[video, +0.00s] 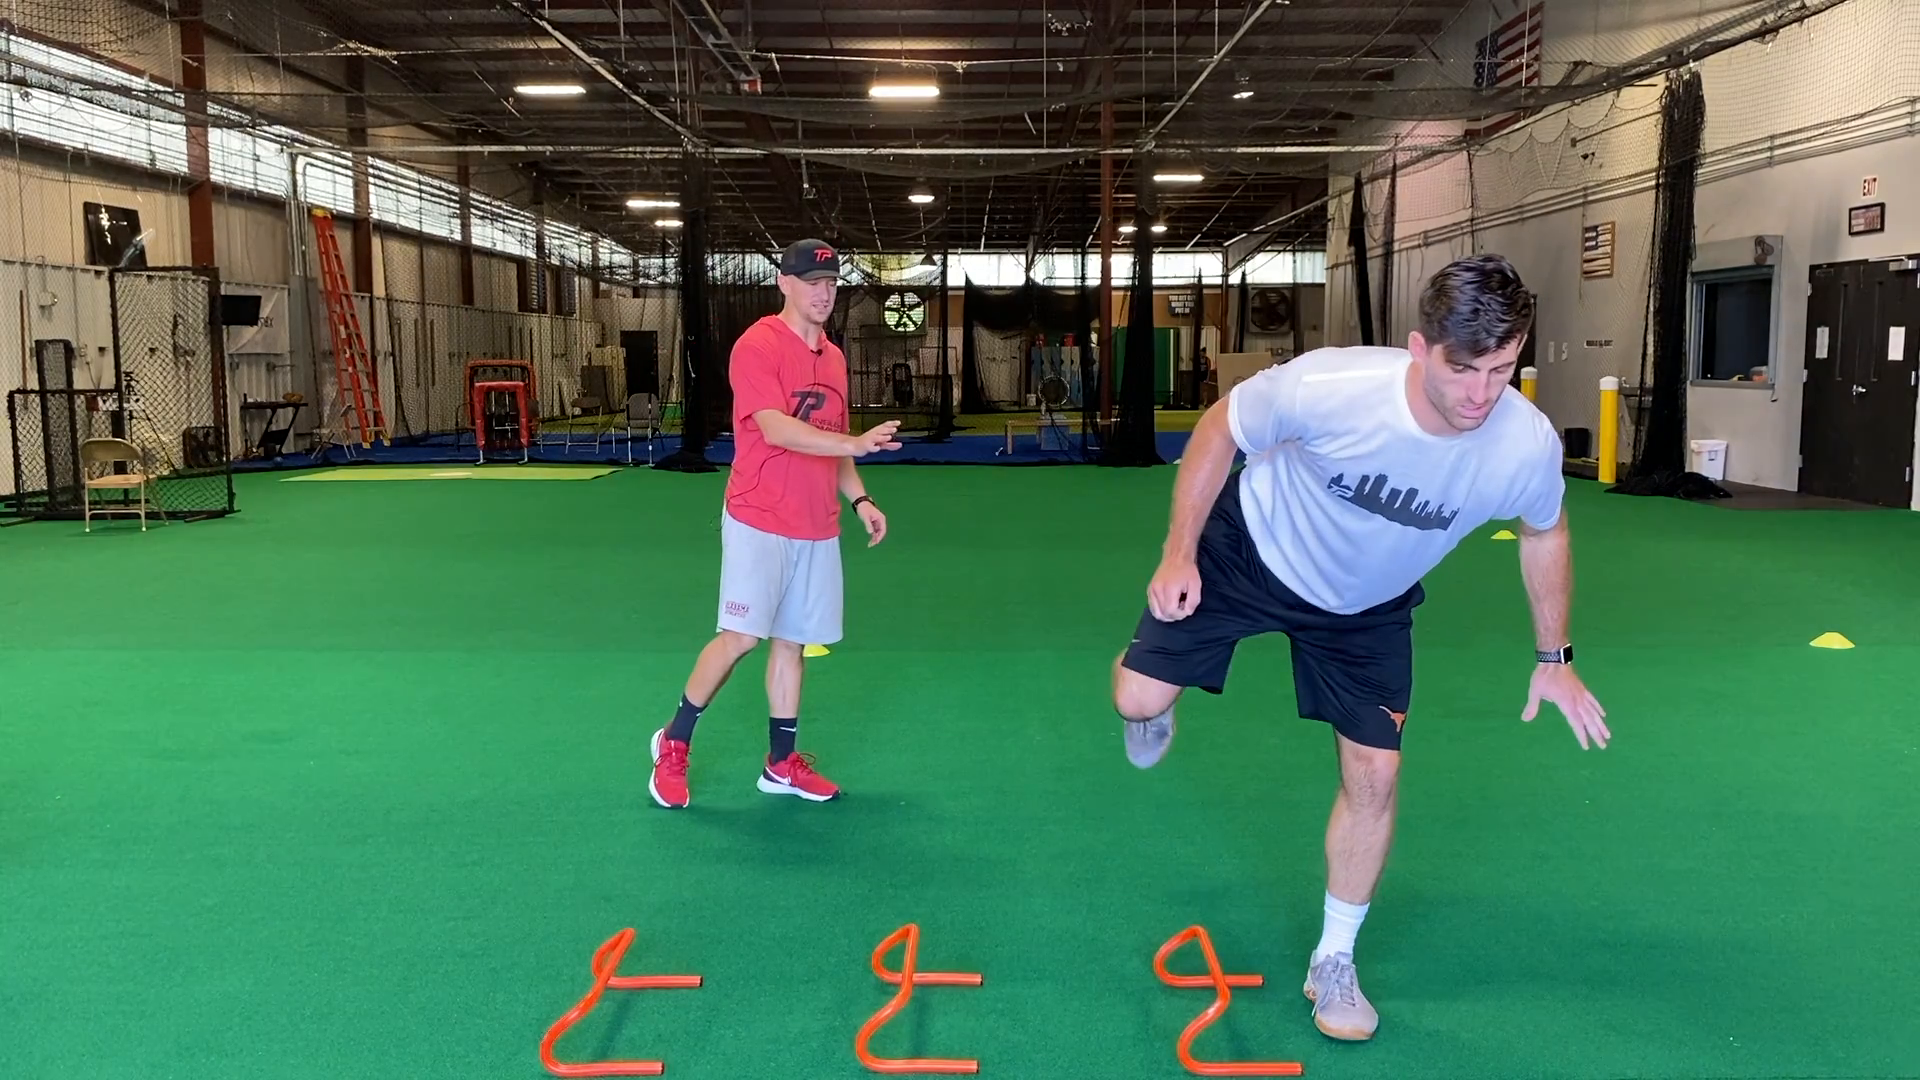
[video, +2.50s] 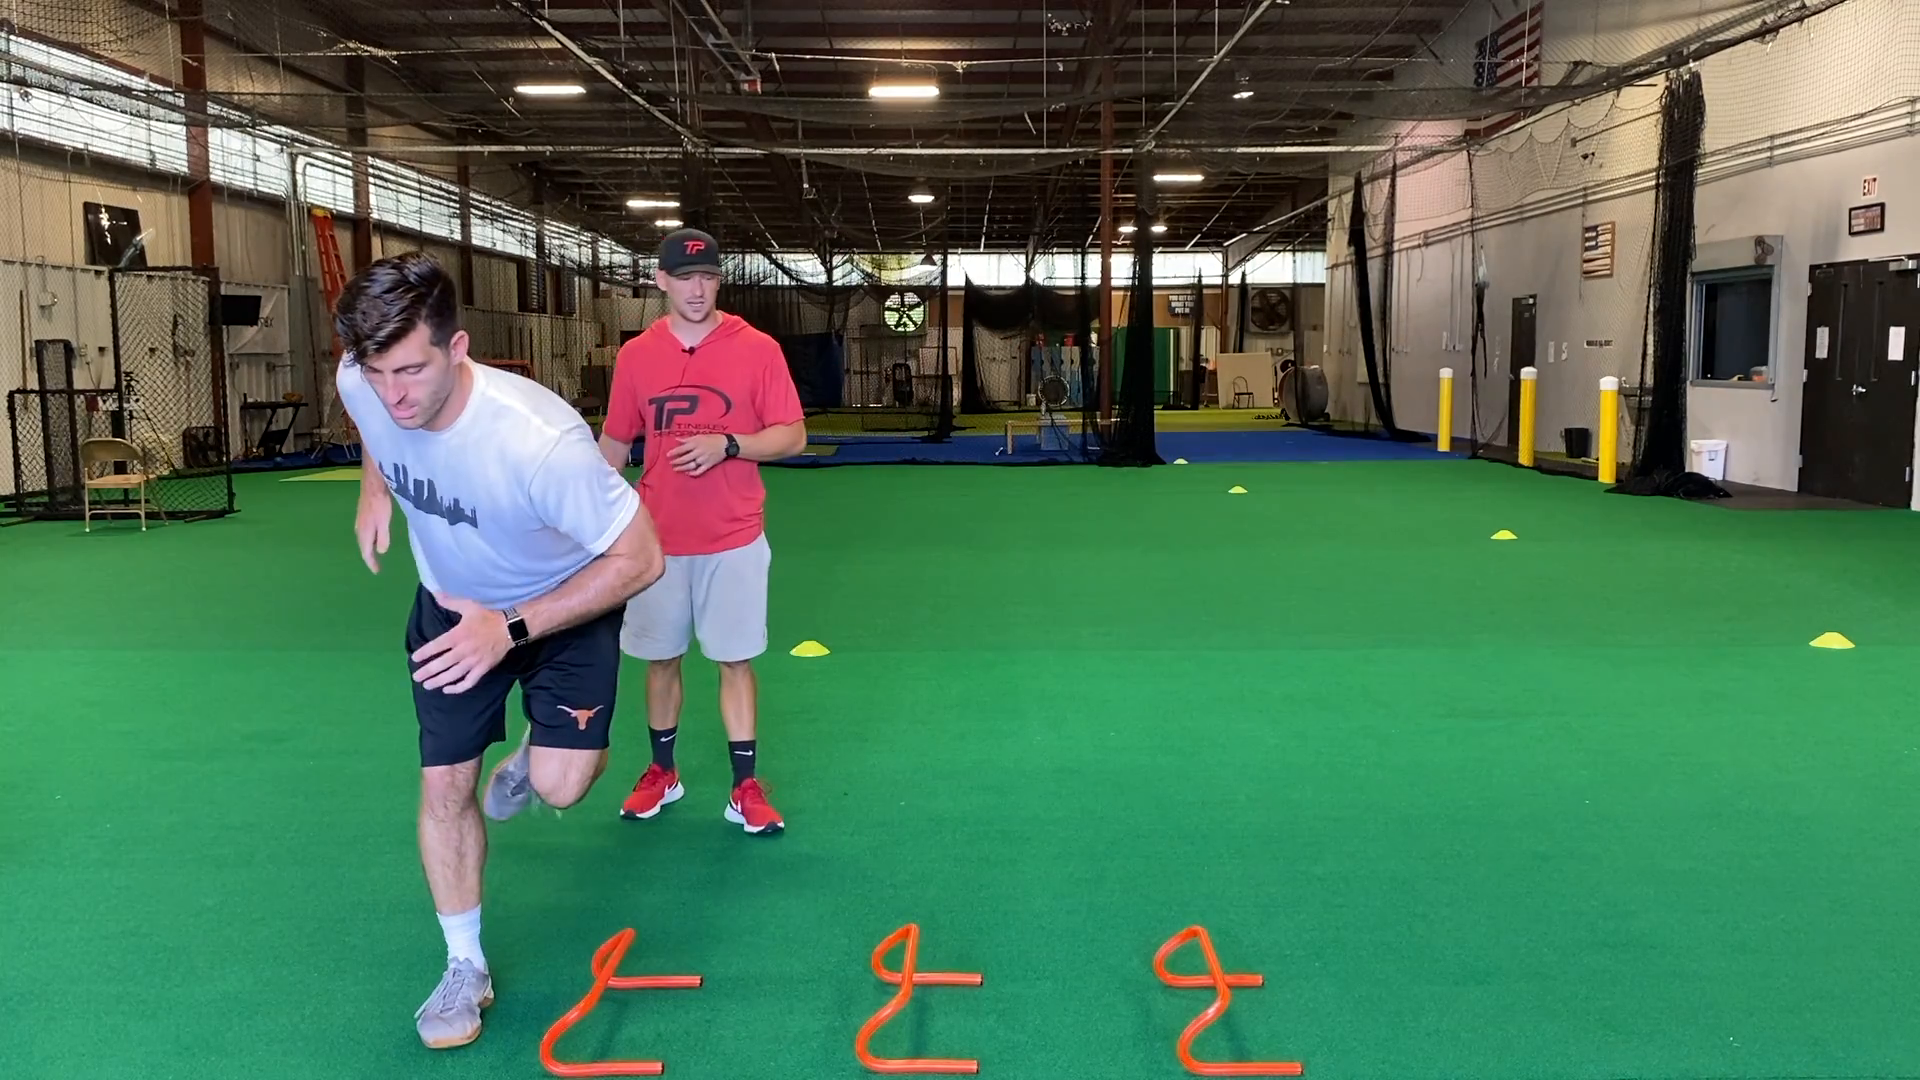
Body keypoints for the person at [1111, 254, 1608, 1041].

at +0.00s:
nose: (1481, 393)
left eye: (1501, 372)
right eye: (1463, 369)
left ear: (1517, 359)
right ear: (1421, 346)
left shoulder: (1527, 445)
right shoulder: (1328, 386)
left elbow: (1544, 532)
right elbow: (1221, 426)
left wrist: (1553, 656)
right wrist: (1178, 552)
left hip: (1371, 602)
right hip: (1250, 548)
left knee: (1374, 772)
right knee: (1135, 695)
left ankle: (1334, 960)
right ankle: (1153, 706)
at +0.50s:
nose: (1400, 376)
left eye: (1421, 356)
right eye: (1383, 354)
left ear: (1442, 338)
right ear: (1344, 328)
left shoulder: (1471, 397)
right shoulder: (1262, 393)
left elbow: (1489, 456)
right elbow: (1167, 467)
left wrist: (1478, 535)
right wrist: (1218, 586)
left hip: (1345, 594)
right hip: (1223, 570)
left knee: (1341, 764)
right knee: (1179, 743)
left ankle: (1330, 957)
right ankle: (1208, 733)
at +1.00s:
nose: (1127, 305)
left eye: (1144, 285)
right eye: (1109, 286)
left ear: (1171, 269)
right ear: (1076, 270)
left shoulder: (1228, 331)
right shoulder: (1013, 347)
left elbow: (1294, 371)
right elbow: (981, 403)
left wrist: (1258, 493)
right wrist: (1007, 523)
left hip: (1200, 561)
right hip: (1074, 562)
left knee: (1261, 739)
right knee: (1047, 744)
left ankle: (1324, 915)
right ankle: (1030, 924)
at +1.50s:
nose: (790, 282)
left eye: (809, 264)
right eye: (775, 264)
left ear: (851, 252)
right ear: (755, 256)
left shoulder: (916, 330)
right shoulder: (711, 338)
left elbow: (1013, 358)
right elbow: (686, 435)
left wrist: (998, 488)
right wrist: (712, 507)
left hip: (893, 555)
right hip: (774, 573)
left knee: (950, 714)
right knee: (755, 781)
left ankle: (944, 818)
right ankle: (737, 953)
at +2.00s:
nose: (484, 341)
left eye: (504, 320)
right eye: (471, 320)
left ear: (553, 307)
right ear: (453, 311)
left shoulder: (630, 391)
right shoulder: (436, 364)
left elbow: (752, 438)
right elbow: (436, 432)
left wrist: (705, 567)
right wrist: (437, 539)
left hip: (638, 590)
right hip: (519, 597)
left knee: (649, 750)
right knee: (487, 784)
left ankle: (696, 762)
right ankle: (472, 969)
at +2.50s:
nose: (394, 392)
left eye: (412, 370)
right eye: (379, 373)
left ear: (459, 348)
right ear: (360, 365)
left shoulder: (543, 441)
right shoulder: (360, 383)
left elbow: (640, 557)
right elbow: (375, 434)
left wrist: (514, 624)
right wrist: (375, 486)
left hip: (571, 605)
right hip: (454, 603)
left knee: (565, 783)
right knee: (449, 781)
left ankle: (529, 762)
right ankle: (464, 965)